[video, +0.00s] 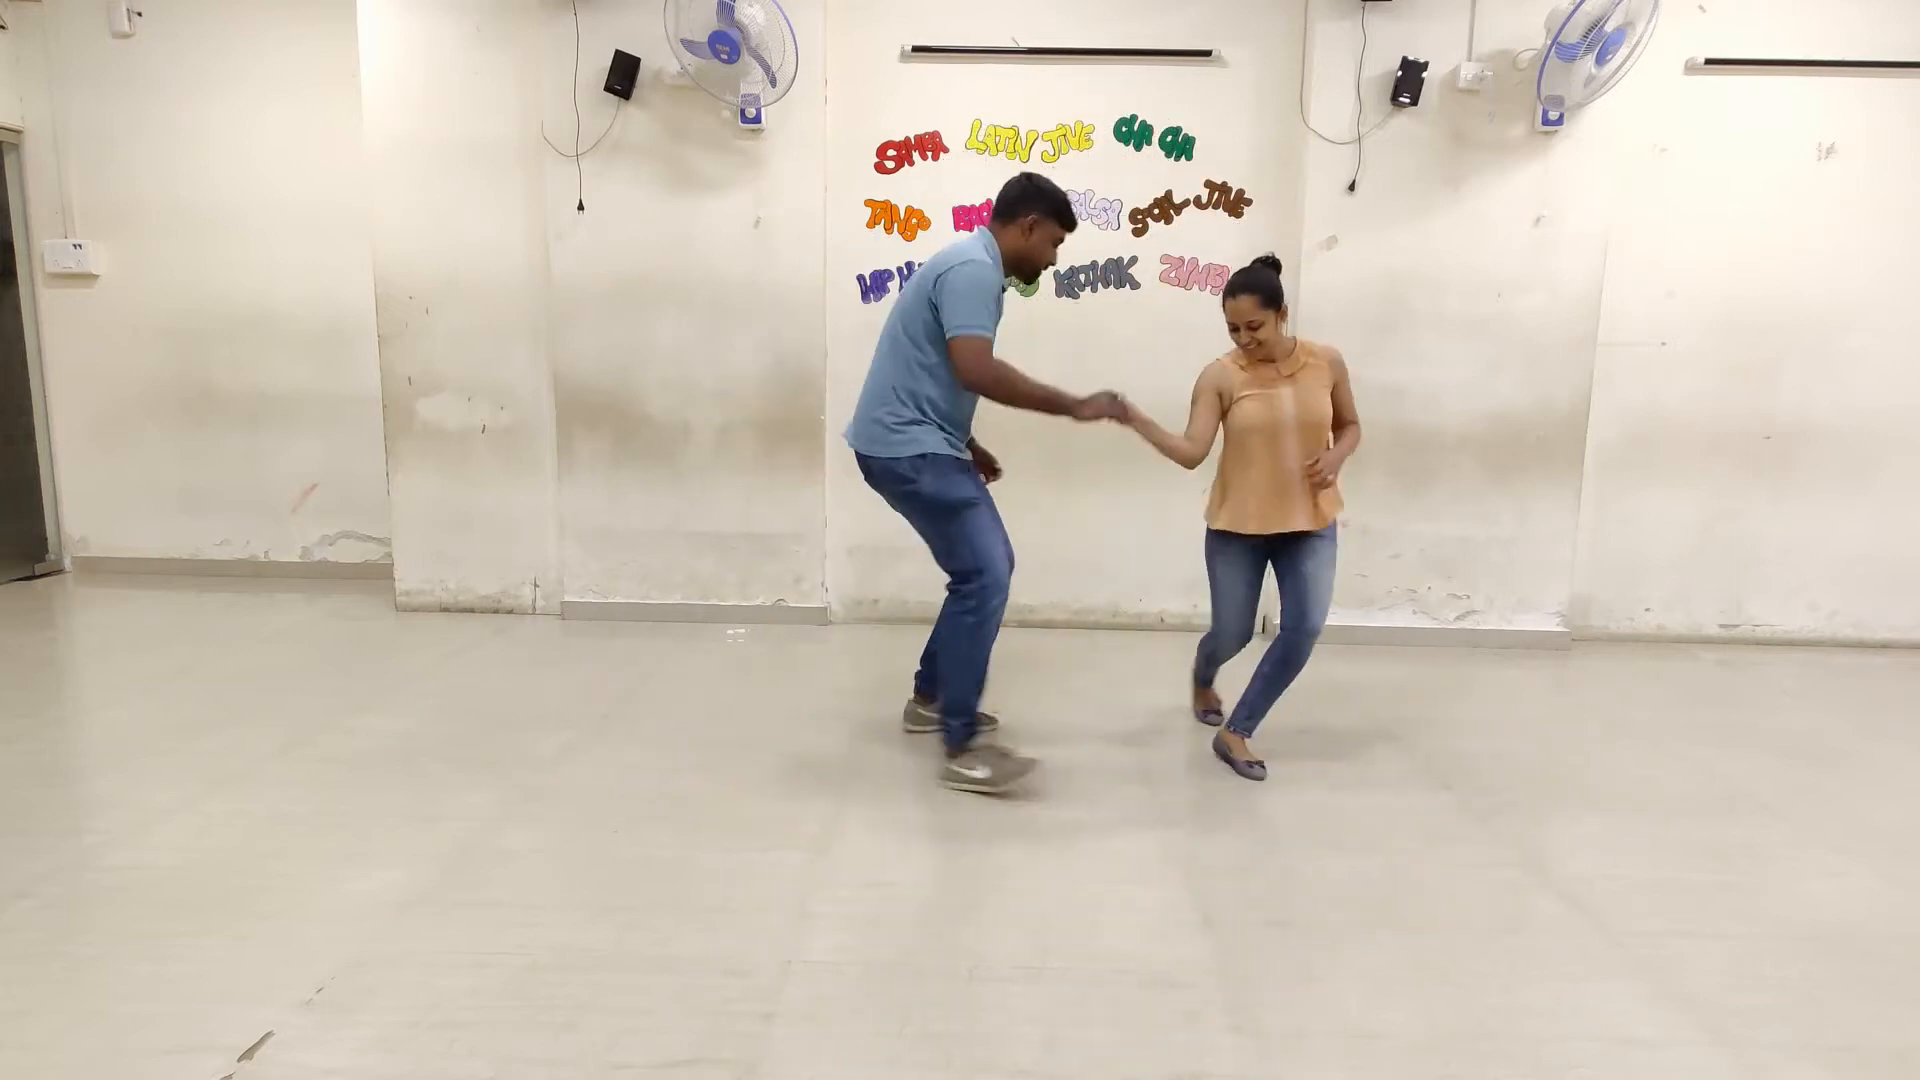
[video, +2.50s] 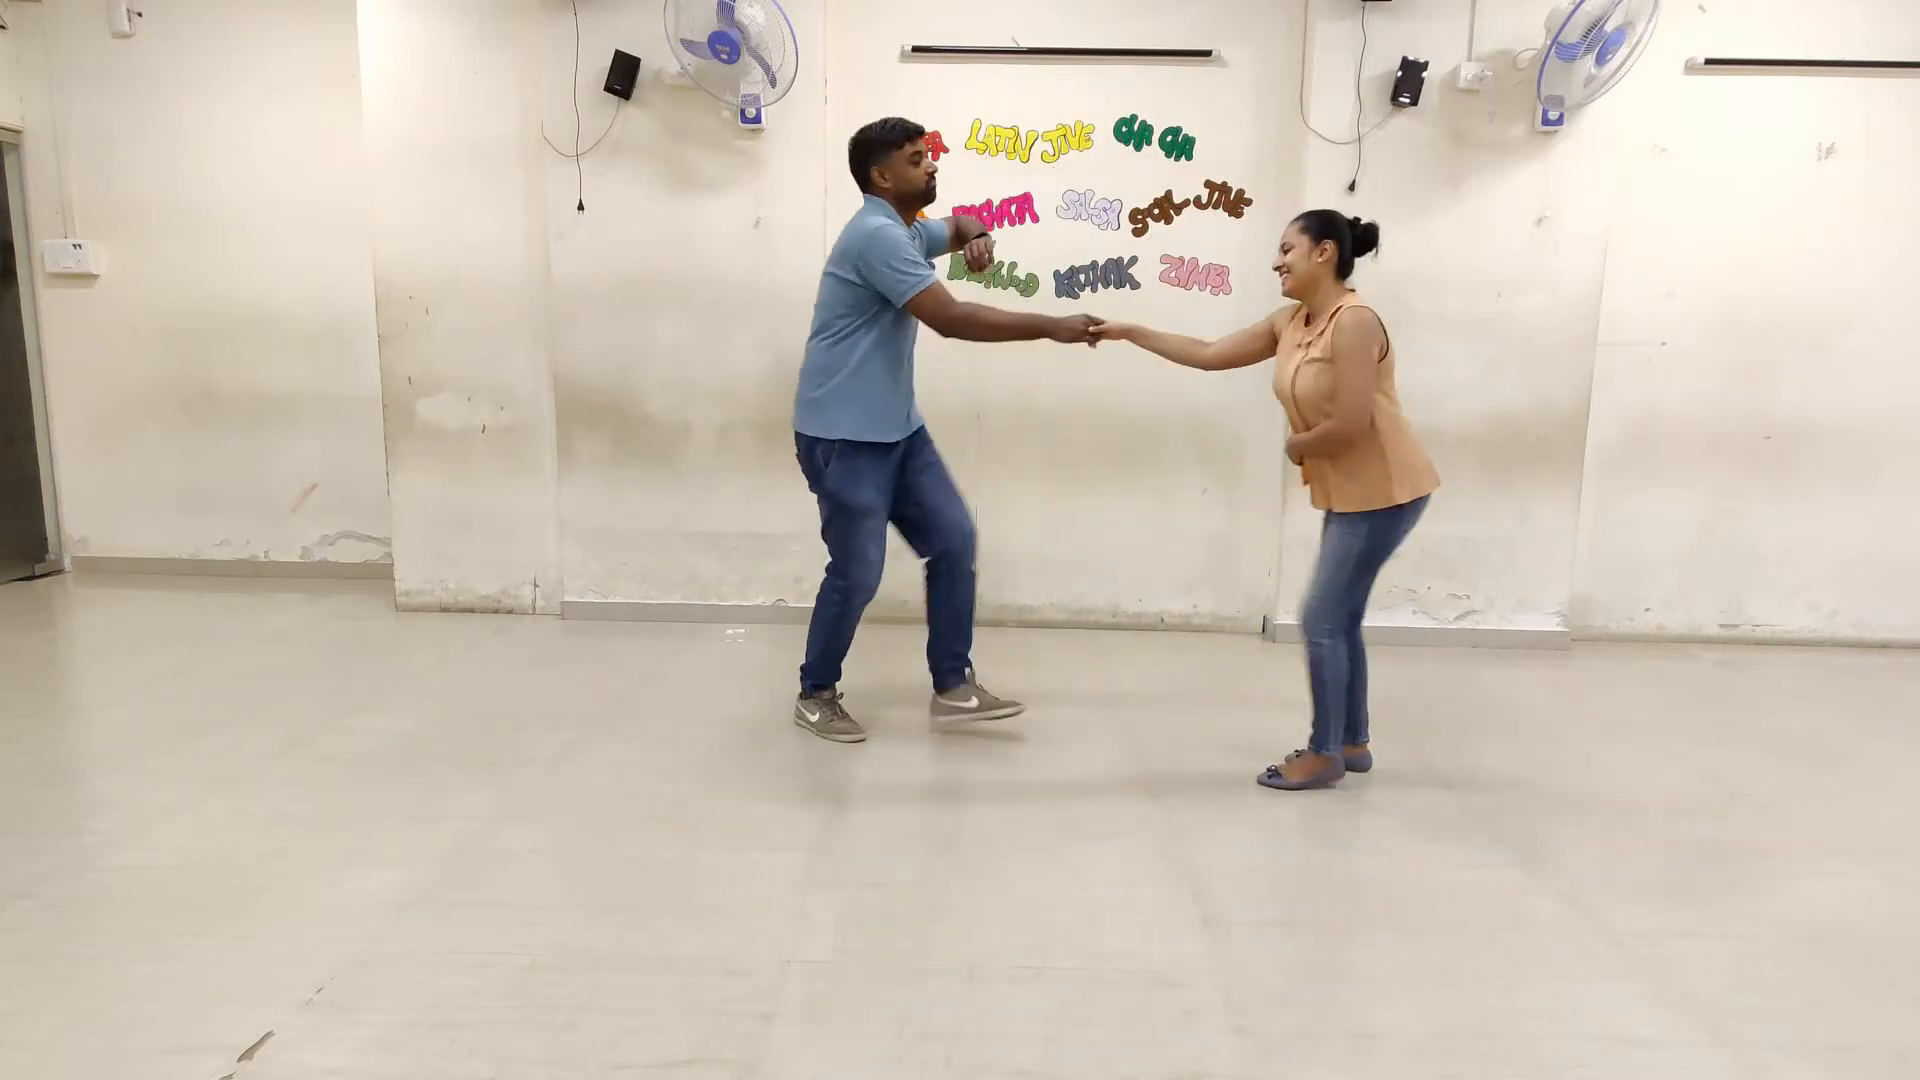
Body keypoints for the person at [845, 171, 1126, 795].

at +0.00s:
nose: (1054, 258)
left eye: (1059, 245)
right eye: (1054, 242)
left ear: (1018, 226)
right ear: (1025, 224)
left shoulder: (972, 266)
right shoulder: (971, 268)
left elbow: (925, 371)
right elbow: (975, 368)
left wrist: (964, 444)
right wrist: (1071, 405)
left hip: (920, 438)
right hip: (903, 438)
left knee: (991, 564)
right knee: (984, 574)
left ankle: (932, 696)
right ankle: (963, 744)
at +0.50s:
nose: (1071, 278)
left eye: (1075, 265)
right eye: (1071, 263)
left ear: (1027, 244)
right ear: (1045, 246)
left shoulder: (972, 280)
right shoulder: (1009, 297)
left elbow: (934, 383)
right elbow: (1014, 411)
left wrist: (979, 453)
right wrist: (1107, 424)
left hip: (908, 459)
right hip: (939, 467)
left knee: (992, 586)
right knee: (1019, 606)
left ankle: (954, 700)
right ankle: (933, 741)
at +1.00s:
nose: (1050, 236)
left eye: (1050, 223)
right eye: (1046, 222)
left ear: (985, 216)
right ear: (1021, 217)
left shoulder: (916, 263)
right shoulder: (1042, 283)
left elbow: (858, 357)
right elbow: (1057, 393)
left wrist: (902, 405)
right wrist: (1078, 361)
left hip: (897, 459)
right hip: (977, 466)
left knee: (932, 572)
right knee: (998, 618)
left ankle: (947, 701)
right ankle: (939, 756)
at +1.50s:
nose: (1059, 184)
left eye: (1055, 172)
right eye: (1046, 173)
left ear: (1006, 184)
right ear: (1008, 183)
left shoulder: (982, 235)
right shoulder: (999, 237)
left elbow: (976, 343)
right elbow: (991, 338)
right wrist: (1071, 415)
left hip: (953, 430)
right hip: (966, 433)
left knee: (1013, 571)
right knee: (1036, 573)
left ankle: (975, 707)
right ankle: (990, 740)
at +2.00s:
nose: (988, 182)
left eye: (982, 172)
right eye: (972, 175)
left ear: (945, 193)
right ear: (937, 193)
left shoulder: (949, 255)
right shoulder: (935, 257)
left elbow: (975, 349)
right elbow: (1014, 344)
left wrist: (1012, 359)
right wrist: (1107, 376)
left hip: (960, 449)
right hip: (915, 454)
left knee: (1016, 567)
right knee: (939, 592)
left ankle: (975, 702)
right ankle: (842, 680)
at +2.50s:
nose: (929, 165)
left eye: (927, 155)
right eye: (915, 158)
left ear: (905, 173)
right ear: (880, 173)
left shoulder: (905, 230)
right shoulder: (875, 233)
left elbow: (957, 224)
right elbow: (950, 318)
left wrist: (973, 237)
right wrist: (1051, 327)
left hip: (896, 427)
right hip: (841, 431)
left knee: (953, 539)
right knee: (857, 572)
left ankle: (953, 687)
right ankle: (815, 693)